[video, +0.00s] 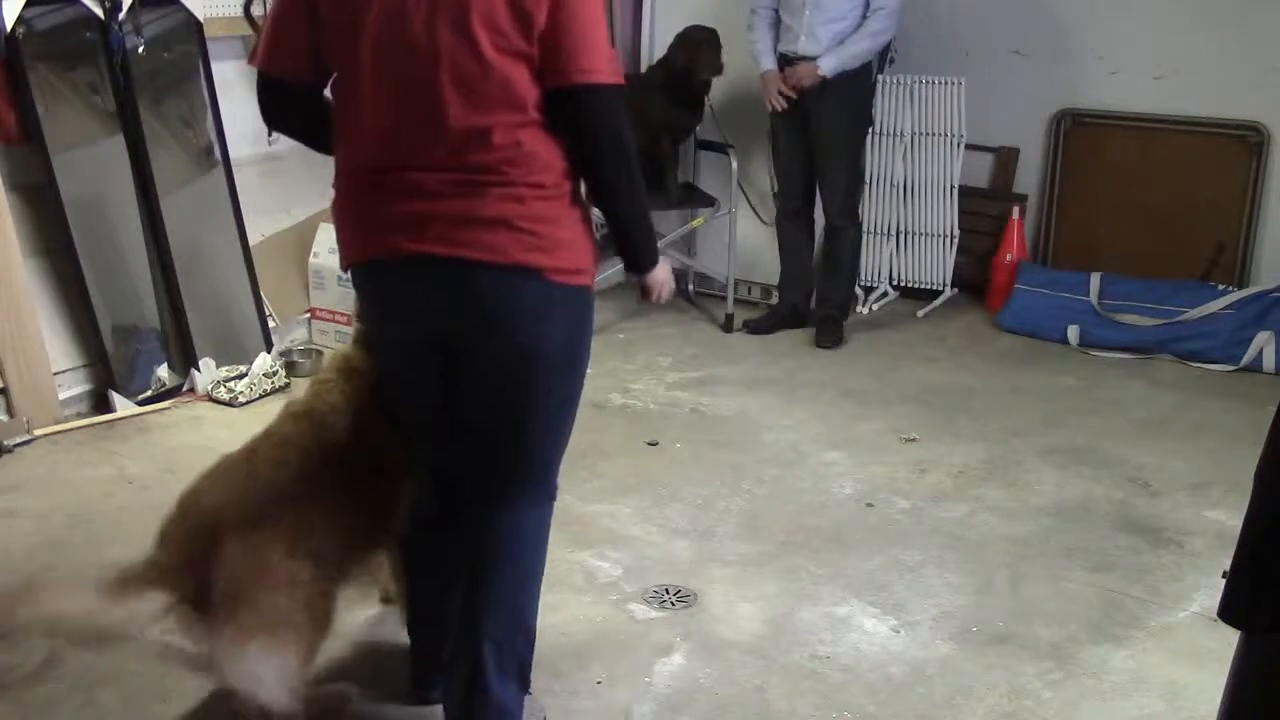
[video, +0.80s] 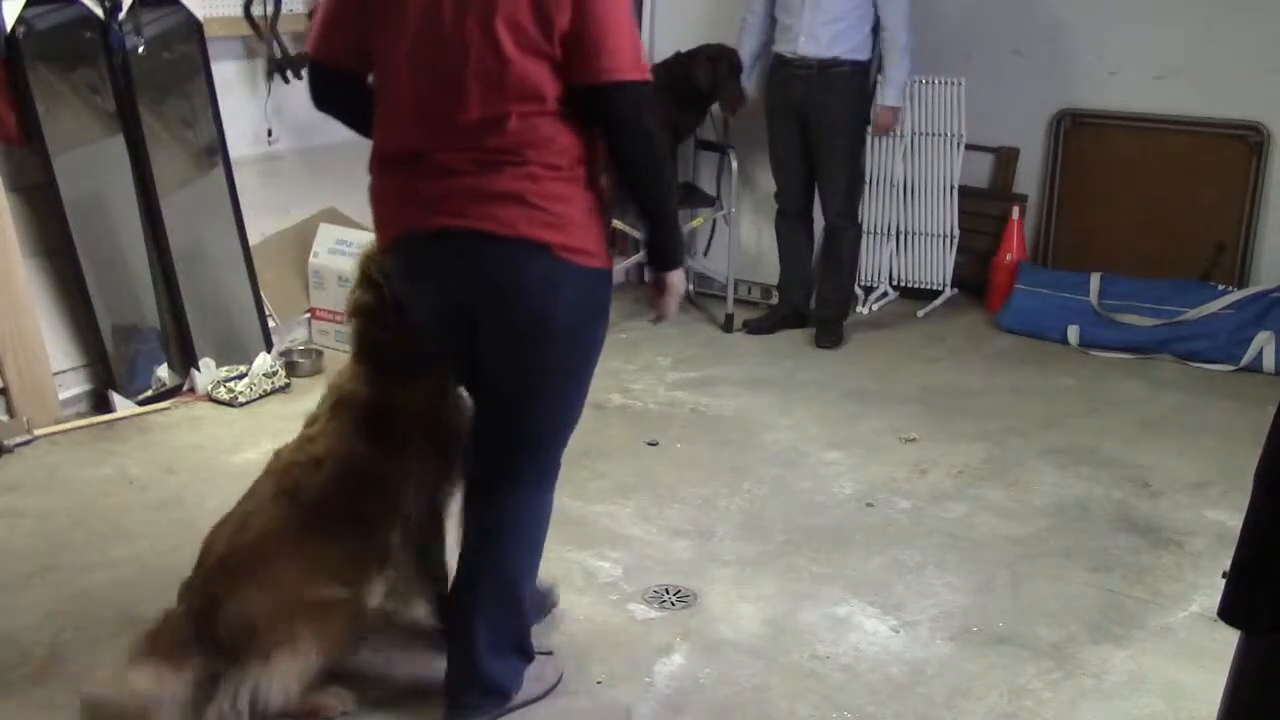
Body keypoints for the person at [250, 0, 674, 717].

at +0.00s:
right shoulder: (551, 0)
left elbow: (282, 97)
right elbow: (589, 107)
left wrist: (379, 139)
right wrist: (645, 254)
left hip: (388, 250)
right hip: (520, 254)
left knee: (430, 477)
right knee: (513, 490)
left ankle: (435, 672)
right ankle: (490, 701)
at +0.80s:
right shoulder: (578, 2)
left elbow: (330, 83)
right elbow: (620, 103)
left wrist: (421, 132)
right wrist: (667, 250)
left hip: (417, 230)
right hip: (540, 235)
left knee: (487, 433)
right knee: (519, 473)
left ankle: (496, 594)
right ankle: (486, 679)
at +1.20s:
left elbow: (420, 74)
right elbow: (681, 91)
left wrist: (504, 121)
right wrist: (724, 204)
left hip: (492, 200)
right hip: (595, 213)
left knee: (527, 391)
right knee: (578, 418)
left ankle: (541, 540)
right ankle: (499, 628)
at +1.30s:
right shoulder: (649, 1)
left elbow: (443, 61)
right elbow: (679, 79)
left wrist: (525, 110)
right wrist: (726, 201)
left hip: (510, 187)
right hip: (614, 198)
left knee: (557, 377)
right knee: (637, 393)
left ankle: (543, 547)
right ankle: (541, 558)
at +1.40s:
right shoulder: (666, 1)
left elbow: (470, 54)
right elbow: (684, 76)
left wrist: (548, 104)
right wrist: (730, 203)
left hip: (534, 182)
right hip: (633, 191)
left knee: (562, 376)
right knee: (684, 361)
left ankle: (537, 560)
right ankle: (611, 529)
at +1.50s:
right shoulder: (687, 1)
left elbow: (501, 52)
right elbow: (698, 75)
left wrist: (572, 103)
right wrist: (740, 202)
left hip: (560, 181)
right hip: (656, 189)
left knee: (577, 371)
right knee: (710, 345)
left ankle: (538, 553)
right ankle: (697, 514)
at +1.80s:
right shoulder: (792, 3)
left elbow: (616, 45)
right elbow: (810, 76)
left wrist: (674, 104)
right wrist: (856, 194)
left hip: (668, 170)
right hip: (761, 179)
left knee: (695, 333)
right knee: (767, 346)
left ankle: (610, 470)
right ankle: (743, 496)